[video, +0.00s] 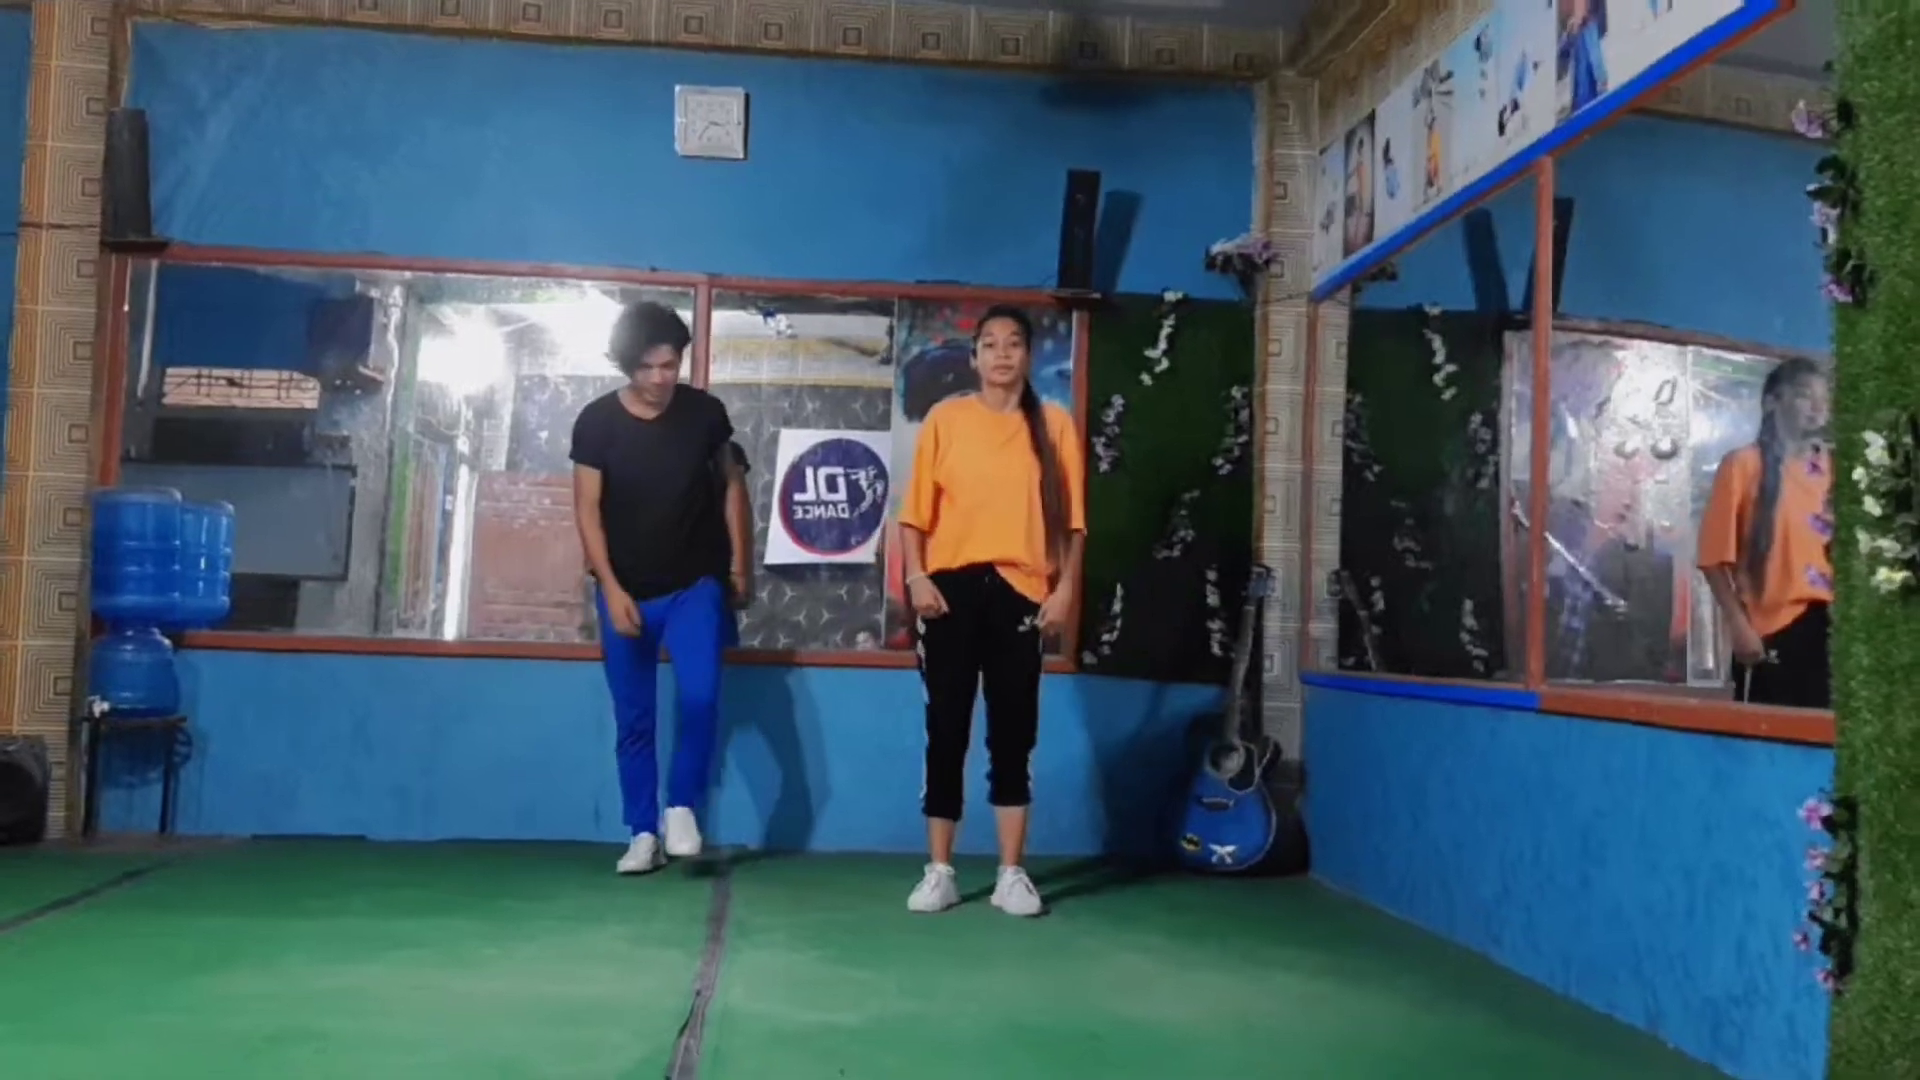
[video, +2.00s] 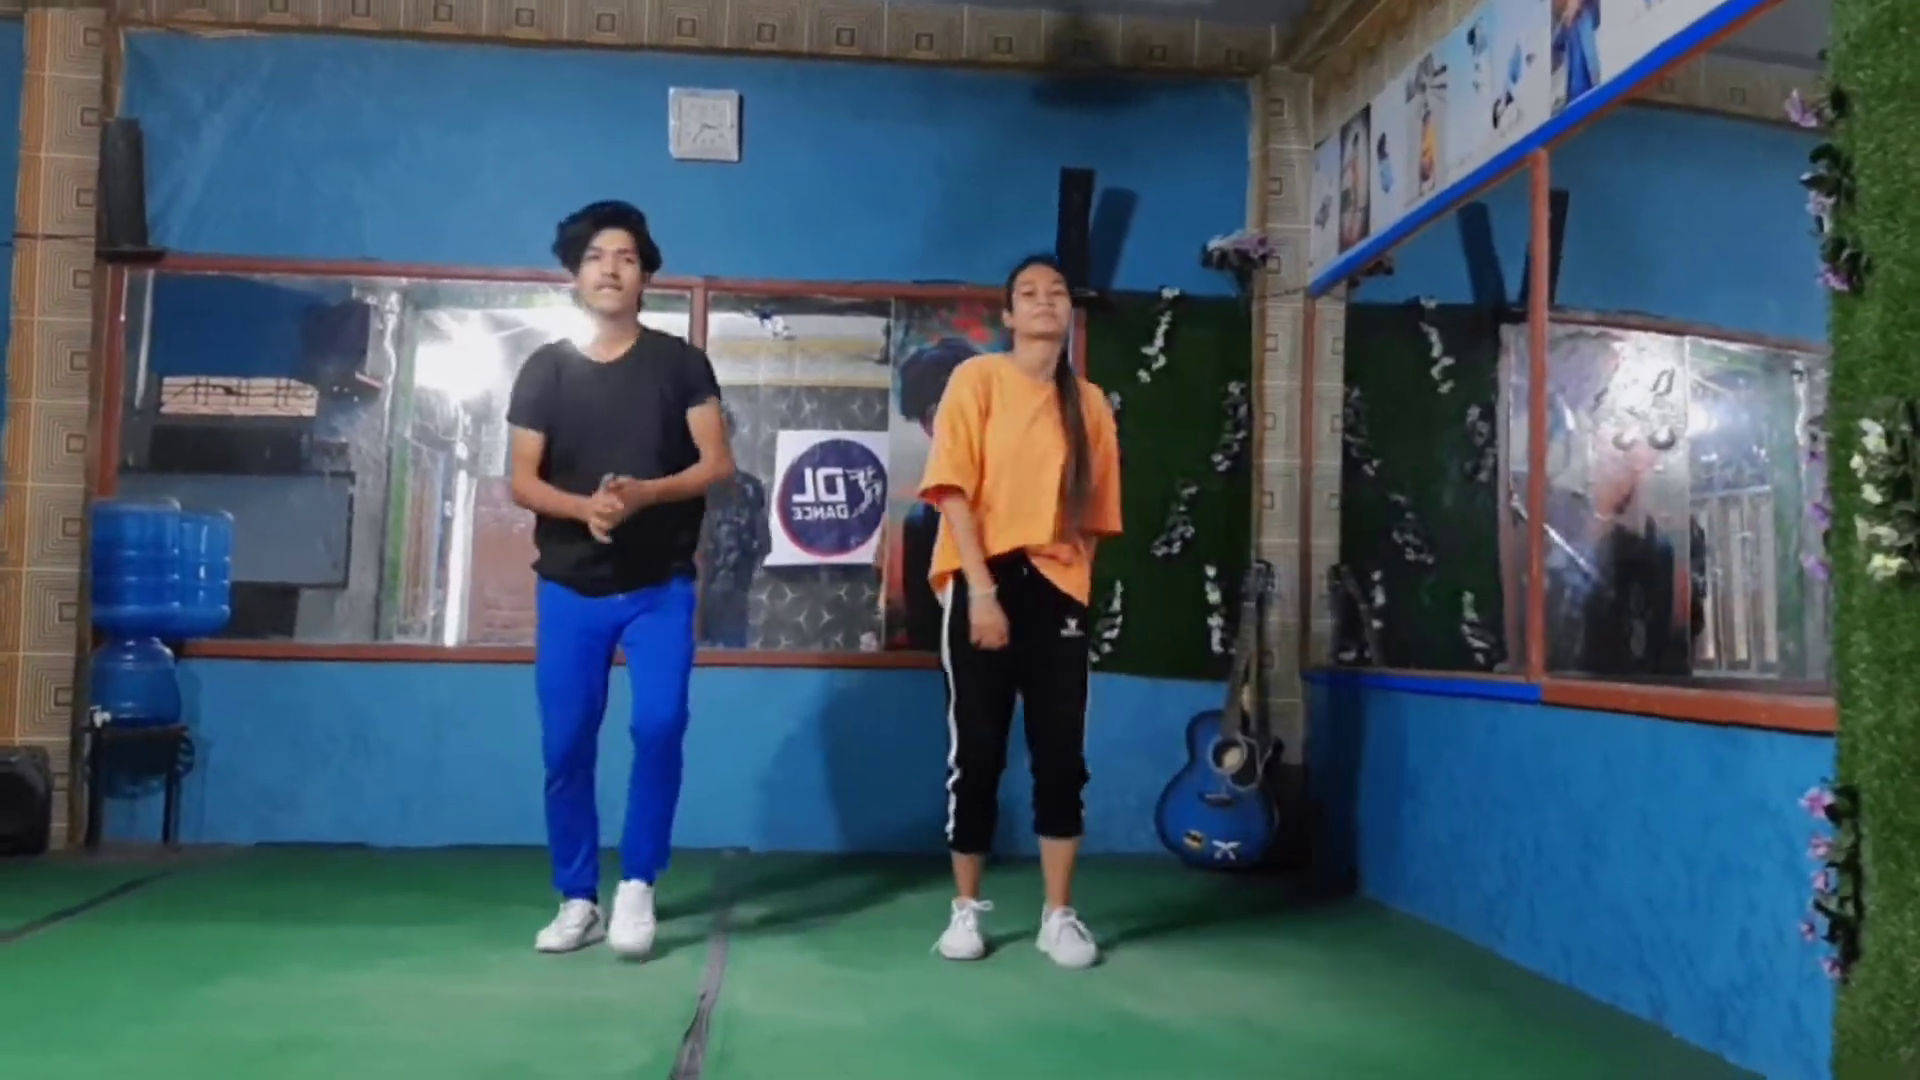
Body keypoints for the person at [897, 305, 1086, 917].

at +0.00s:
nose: (1001, 355)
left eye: (1013, 345)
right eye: (990, 345)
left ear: (1030, 356)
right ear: (974, 356)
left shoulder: (1054, 424)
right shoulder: (944, 419)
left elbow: (1073, 521)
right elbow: (913, 513)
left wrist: (1065, 588)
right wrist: (916, 576)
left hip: (1020, 590)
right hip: (950, 588)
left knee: (1013, 737)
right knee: (945, 736)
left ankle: (1011, 873)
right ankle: (939, 869)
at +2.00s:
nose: (1045, 302)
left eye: (1056, 293)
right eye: (1031, 294)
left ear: (1074, 314)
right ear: (1009, 314)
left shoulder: (1092, 403)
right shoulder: (976, 379)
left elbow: (1090, 519)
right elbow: (951, 493)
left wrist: (1071, 594)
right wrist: (980, 590)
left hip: (1057, 586)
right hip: (980, 581)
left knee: (1060, 754)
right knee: (976, 753)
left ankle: (1059, 914)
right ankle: (966, 908)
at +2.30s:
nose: (1042, 302)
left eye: (1057, 294)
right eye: (1031, 292)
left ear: (1076, 318)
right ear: (1012, 311)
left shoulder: (1100, 398)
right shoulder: (972, 383)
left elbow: (1127, 509)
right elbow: (926, 479)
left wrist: (1177, 575)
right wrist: (896, 544)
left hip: (1067, 585)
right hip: (982, 581)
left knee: (1075, 747)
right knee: (980, 749)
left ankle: (1062, 905)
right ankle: (977, 912)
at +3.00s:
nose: (1103, 360)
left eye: (1114, 346)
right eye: (1089, 349)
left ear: (1139, 352)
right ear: (1075, 360)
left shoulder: (1169, 435)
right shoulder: (1050, 417)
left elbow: (1183, 545)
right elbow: (1016, 512)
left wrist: (1256, 566)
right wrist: (964, 499)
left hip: (1125, 616)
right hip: (1044, 610)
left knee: (1144, 766)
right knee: (988, 741)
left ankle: (1156, 906)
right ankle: (979, 910)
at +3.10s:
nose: (1102, 336)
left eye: (1114, 322)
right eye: (1089, 325)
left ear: (1137, 331)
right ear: (1074, 337)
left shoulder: (1170, 410)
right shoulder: (1043, 394)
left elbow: (1233, 506)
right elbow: (969, 464)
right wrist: (962, 429)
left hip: (1123, 597)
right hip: (1040, 588)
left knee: (1145, 759)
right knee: (976, 691)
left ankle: (1155, 900)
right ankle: (1002, 846)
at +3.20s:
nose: (1096, 317)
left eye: (1109, 305)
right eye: (1083, 305)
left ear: (1131, 315)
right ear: (1068, 316)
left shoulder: (1157, 383)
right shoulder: (1032, 375)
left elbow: (1234, 448)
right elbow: (948, 416)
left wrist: (1154, 427)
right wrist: (1016, 459)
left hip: (1112, 571)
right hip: (1028, 563)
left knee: (1126, 721)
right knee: (994, 687)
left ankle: (1114, 862)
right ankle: (1011, 834)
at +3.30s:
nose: (1084, 323)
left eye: (1097, 311)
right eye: (1071, 312)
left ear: (1119, 323)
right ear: (1055, 324)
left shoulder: (1147, 391)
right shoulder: (1029, 401)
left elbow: (1165, 486)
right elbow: (989, 508)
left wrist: (1114, 447)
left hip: (1106, 582)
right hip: (1029, 578)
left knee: (1075, 746)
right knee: (1019, 743)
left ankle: (1070, 890)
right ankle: (1018, 899)